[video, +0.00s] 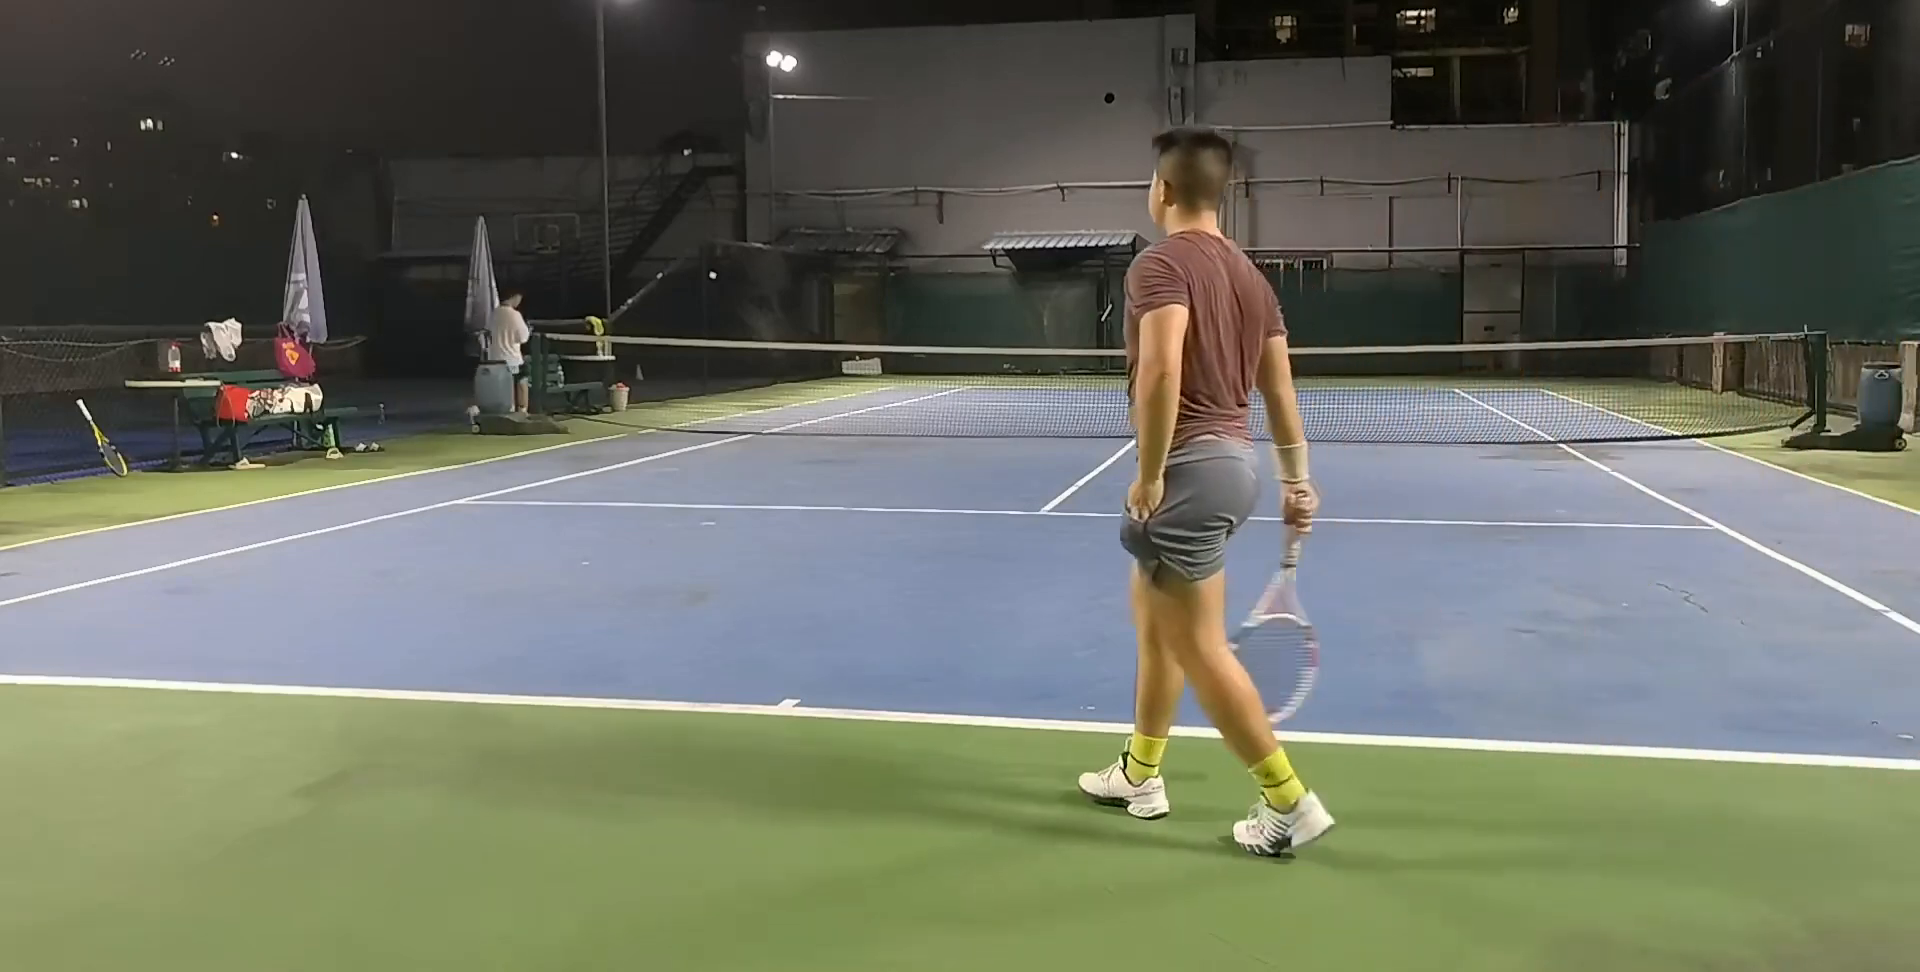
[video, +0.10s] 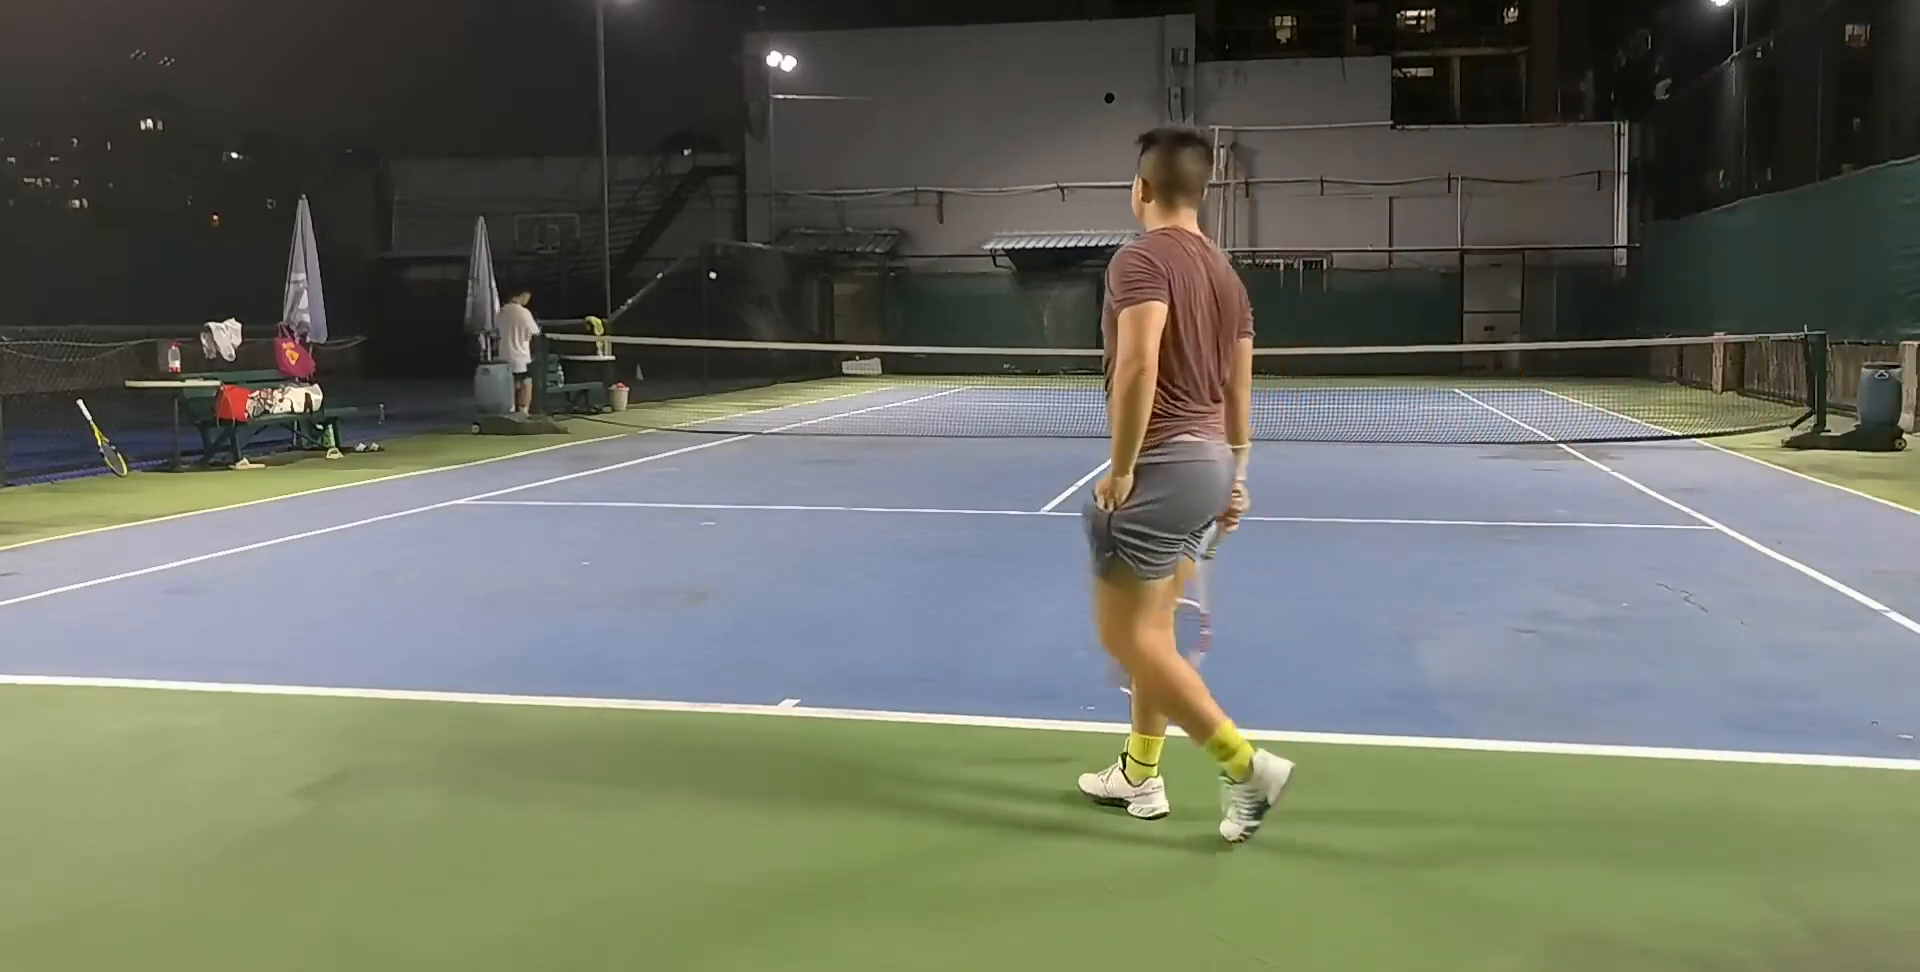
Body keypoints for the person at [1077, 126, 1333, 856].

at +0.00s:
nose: (1147, 195)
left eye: (1151, 187)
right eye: (1152, 185)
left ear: (1161, 192)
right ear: (1220, 196)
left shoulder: (1161, 263)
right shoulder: (1253, 277)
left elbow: (1160, 375)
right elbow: (1279, 391)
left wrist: (1147, 475)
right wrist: (1296, 477)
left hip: (1185, 466)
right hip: (1239, 464)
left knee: (1200, 647)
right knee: (1152, 605)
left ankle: (1288, 801)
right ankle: (1141, 772)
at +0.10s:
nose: (1133, 195)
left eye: (1134, 187)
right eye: (1138, 187)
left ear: (1142, 189)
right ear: (1203, 193)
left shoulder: (1140, 259)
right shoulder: (1227, 277)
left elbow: (1137, 368)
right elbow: (1237, 389)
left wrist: (1119, 468)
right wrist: (1235, 472)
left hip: (1160, 460)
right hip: (1215, 459)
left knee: (1126, 636)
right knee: (1153, 621)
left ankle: (1245, 763)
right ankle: (1139, 772)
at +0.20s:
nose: (1114, 196)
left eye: (1115, 186)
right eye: (1121, 186)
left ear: (1123, 189)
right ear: (1181, 189)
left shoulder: (1124, 258)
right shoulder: (1205, 271)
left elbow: (1121, 368)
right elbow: (1203, 389)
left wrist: (1097, 464)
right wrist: (1172, 456)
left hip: (1138, 457)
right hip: (1191, 456)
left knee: (1075, 618)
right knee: (1151, 617)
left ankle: (1183, 750)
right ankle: (1141, 768)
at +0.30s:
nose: (1093, 194)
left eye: (1094, 184)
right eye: (1101, 184)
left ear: (1102, 188)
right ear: (1161, 190)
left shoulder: (1108, 257)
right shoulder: (1180, 268)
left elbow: (1109, 362)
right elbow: (1176, 378)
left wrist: (1077, 460)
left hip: (1119, 453)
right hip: (1174, 453)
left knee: (1044, 604)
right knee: (1147, 613)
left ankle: (1099, 760)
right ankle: (1142, 774)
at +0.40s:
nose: (1069, 197)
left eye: (1069, 189)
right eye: (1074, 190)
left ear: (1076, 191)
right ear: (1140, 193)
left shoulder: (1084, 261)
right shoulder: (1161, 270)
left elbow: (1093, 364)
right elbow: (1158, 375)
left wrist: (1060, 458)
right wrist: (1098, 437)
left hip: (1098, 457)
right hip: (1154, 454)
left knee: (1032, 606)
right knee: (1137, 613)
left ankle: (1019, 770)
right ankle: (1141, 775)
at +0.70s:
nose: (982, 207)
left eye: (982, 198)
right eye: (985, 198)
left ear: (989, 201)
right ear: (1051, 198)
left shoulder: (998, 277)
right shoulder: (1087, 273)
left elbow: (1009, 387)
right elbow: (1096, 371)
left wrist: (974, 461)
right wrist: (1048, 422)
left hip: (1020, 458)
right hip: (1084, 454)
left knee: (977, 611)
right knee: (1079, 605)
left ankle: (962, 757)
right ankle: (1131, 758)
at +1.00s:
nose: (912, 210)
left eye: (911, 201)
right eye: (915, 201)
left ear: (919, 202)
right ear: (977, 195)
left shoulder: (925, 267)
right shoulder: (1027, 265)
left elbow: (935, 370)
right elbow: (1064, 366)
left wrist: (910, 454)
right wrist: (1081, 437)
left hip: (956, 447)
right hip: (1023, 449)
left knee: (950, 605)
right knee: (987, 585)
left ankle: (962, 757)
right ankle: (1033, 715)